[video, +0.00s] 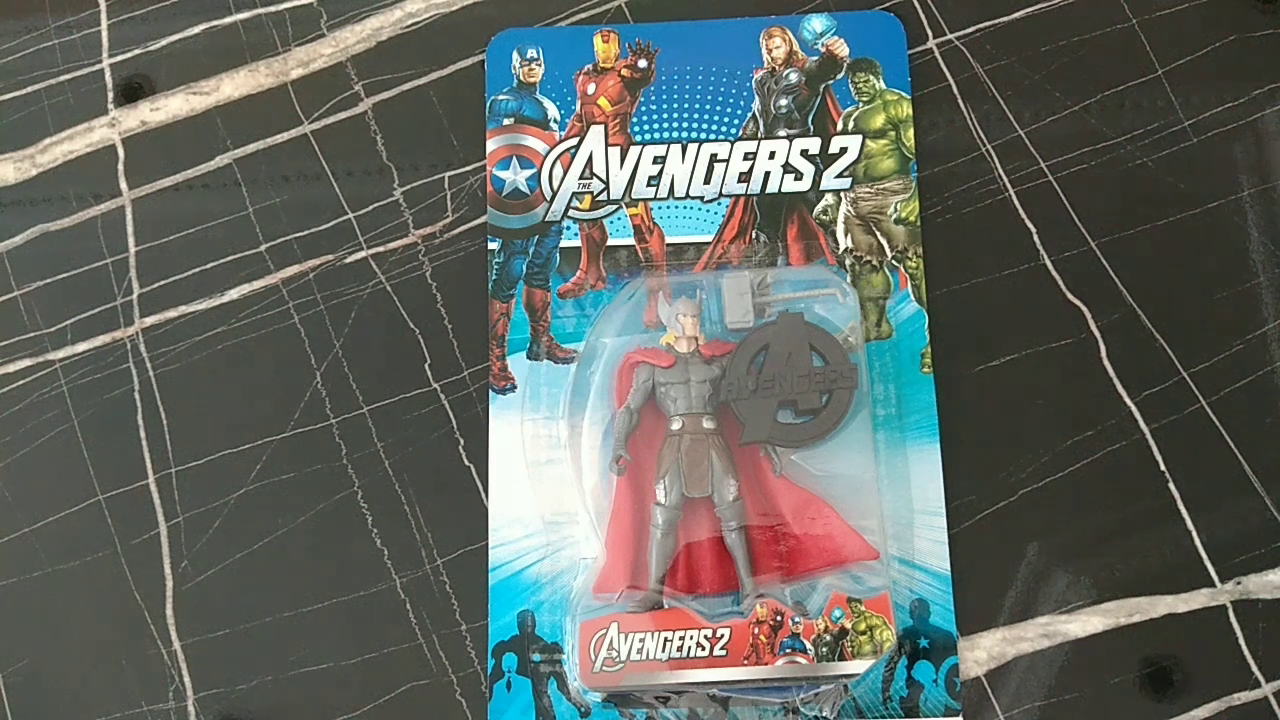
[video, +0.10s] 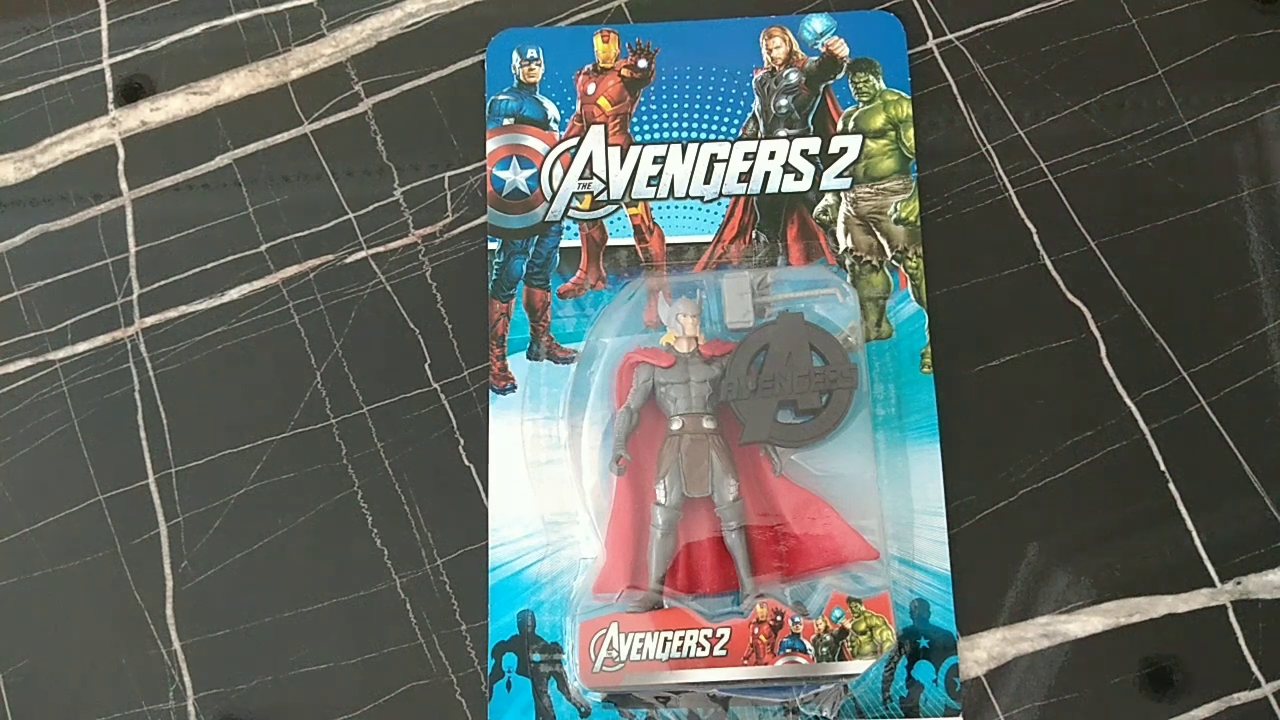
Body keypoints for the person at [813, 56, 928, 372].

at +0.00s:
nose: (860, 87)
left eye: (865, 81)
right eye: (855, 82)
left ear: (878, 80)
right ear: (849, 86)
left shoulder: (898, 105)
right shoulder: (847, 118)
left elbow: (922, 152)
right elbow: (840, 162)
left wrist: (920, 194)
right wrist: (831, 196)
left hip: (895, 194)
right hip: (856, 199)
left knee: (915, 264)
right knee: (863, 265)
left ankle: (937, 331)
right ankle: (875, 325)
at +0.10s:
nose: (860, 87)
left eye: (865, 81)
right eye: (855, 82)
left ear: (878, 80)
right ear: (849, 86)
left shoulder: (898, 105)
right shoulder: (847, 118)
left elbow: (922, 151)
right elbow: (840, 162)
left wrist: (920, 194)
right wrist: (831, 196)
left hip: (895, 194)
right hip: (856, 199)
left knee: (915, 265)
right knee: (863, 266)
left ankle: (936, 333)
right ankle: (875, 326)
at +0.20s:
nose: (860, 87)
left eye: (865, 81)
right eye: (855, 82)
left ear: (878, 80)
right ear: (849, 86)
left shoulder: (898, 105)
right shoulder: (847, 118)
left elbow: (922, 152)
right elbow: (840, 162)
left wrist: (920, 194)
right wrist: (831, 196)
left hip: (895, 194)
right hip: (856, 199)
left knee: (915, 263)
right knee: (863, 265)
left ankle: (937, 331)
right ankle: (875, 325)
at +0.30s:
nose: (860, 87)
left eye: (865, 81)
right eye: (855, 82)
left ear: (878, 80)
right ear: (849, 86)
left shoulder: (898, 105)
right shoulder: (847, 118)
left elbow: (922, 152)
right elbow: (840, 162)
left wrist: (920, 194)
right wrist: (831, 196)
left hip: (895, 194)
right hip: (856, 199)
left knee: (915, 263)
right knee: (863, 264)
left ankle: (937, 331)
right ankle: (875, 325)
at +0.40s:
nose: (860, 87)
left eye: (865, 81)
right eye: (855, 82)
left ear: (878, 80)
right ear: (849, 86)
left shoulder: (898, 105)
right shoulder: (847, 118)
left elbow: (922, 152)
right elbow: (840, 162)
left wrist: (920, 194)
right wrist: (831, 196)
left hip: (895, 194)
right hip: (856, 199)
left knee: (915, 263)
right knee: (863, 264)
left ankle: (937, 331)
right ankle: (875, 324)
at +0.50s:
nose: (860, 87)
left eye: (865, 81)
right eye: (855, 82)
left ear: (878, 80)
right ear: (849, 86)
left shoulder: (898, 105)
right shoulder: (847, 118)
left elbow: (922, 152)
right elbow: (840, 162)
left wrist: (920, 194)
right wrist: (831, 196)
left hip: (895, 194)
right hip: (856, 199)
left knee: (915, 263)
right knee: (863, 264)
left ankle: (937, 331)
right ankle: (875, 324)